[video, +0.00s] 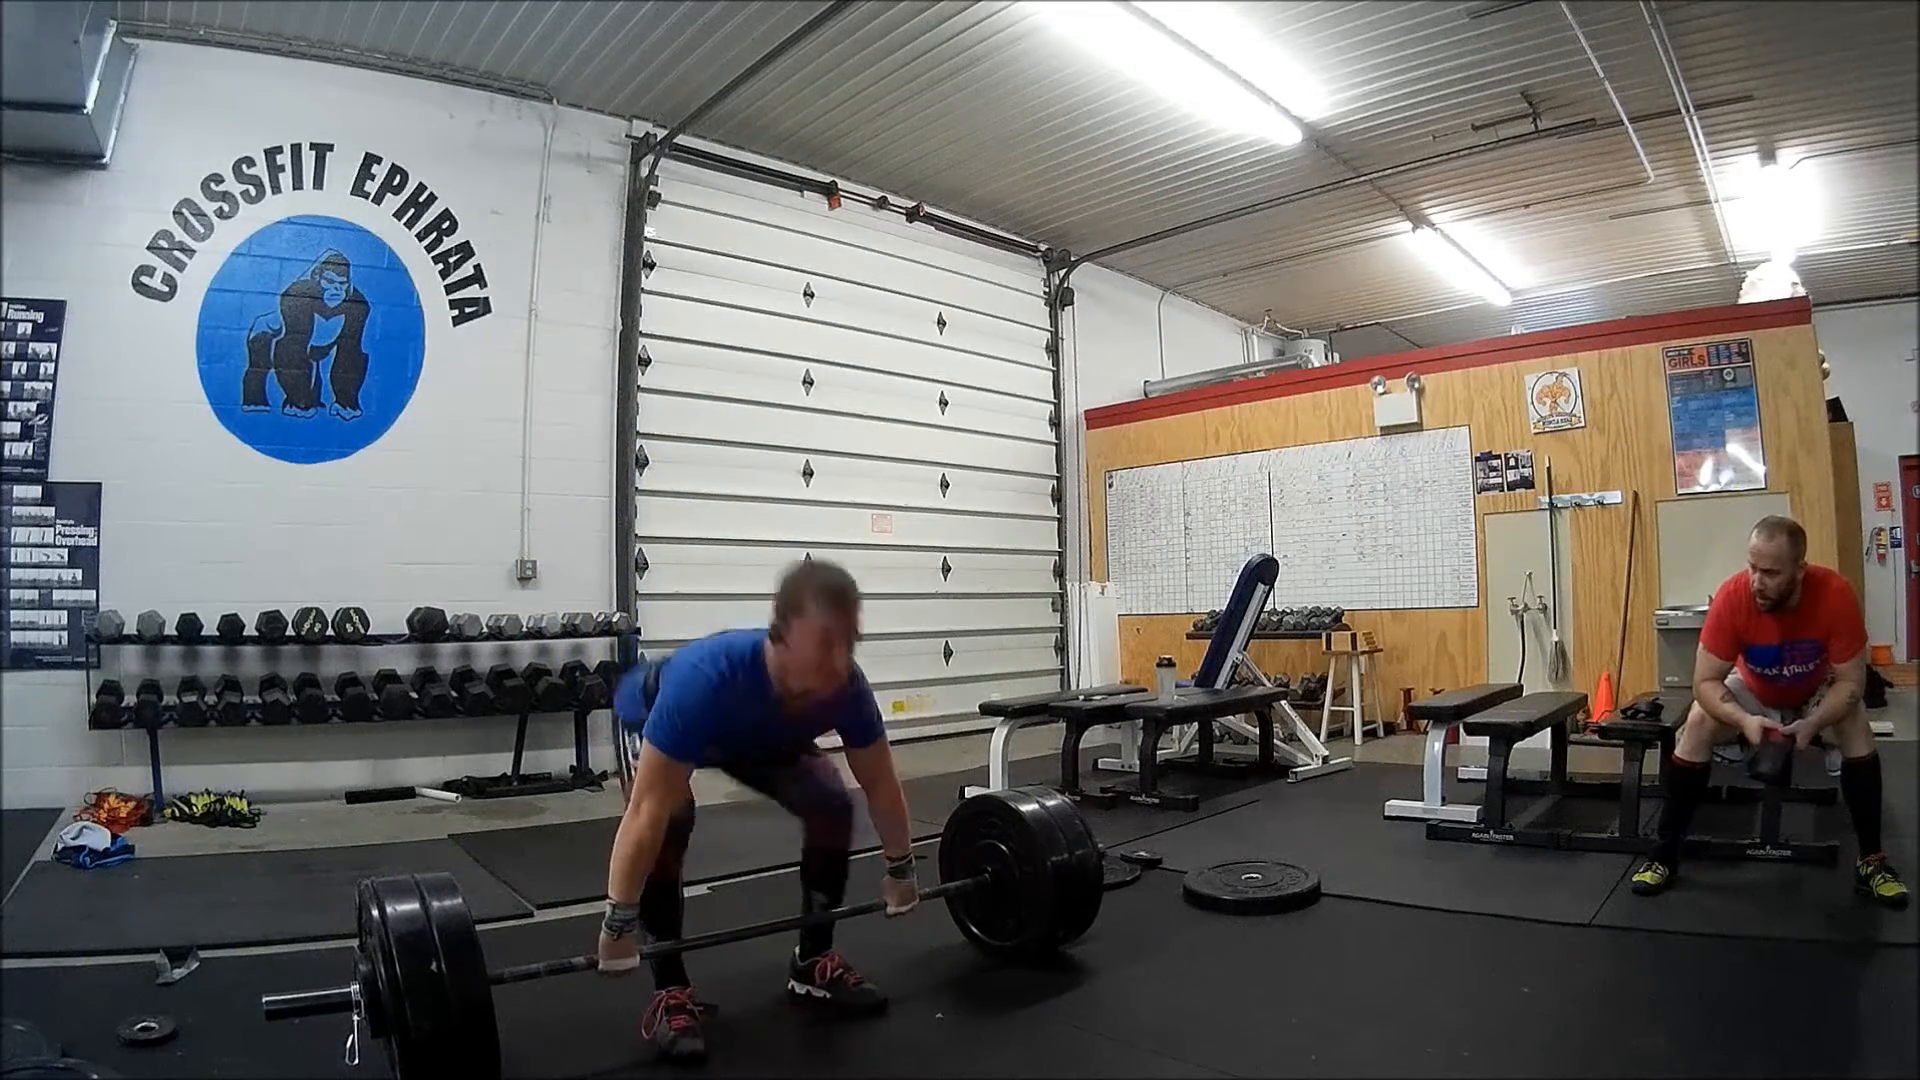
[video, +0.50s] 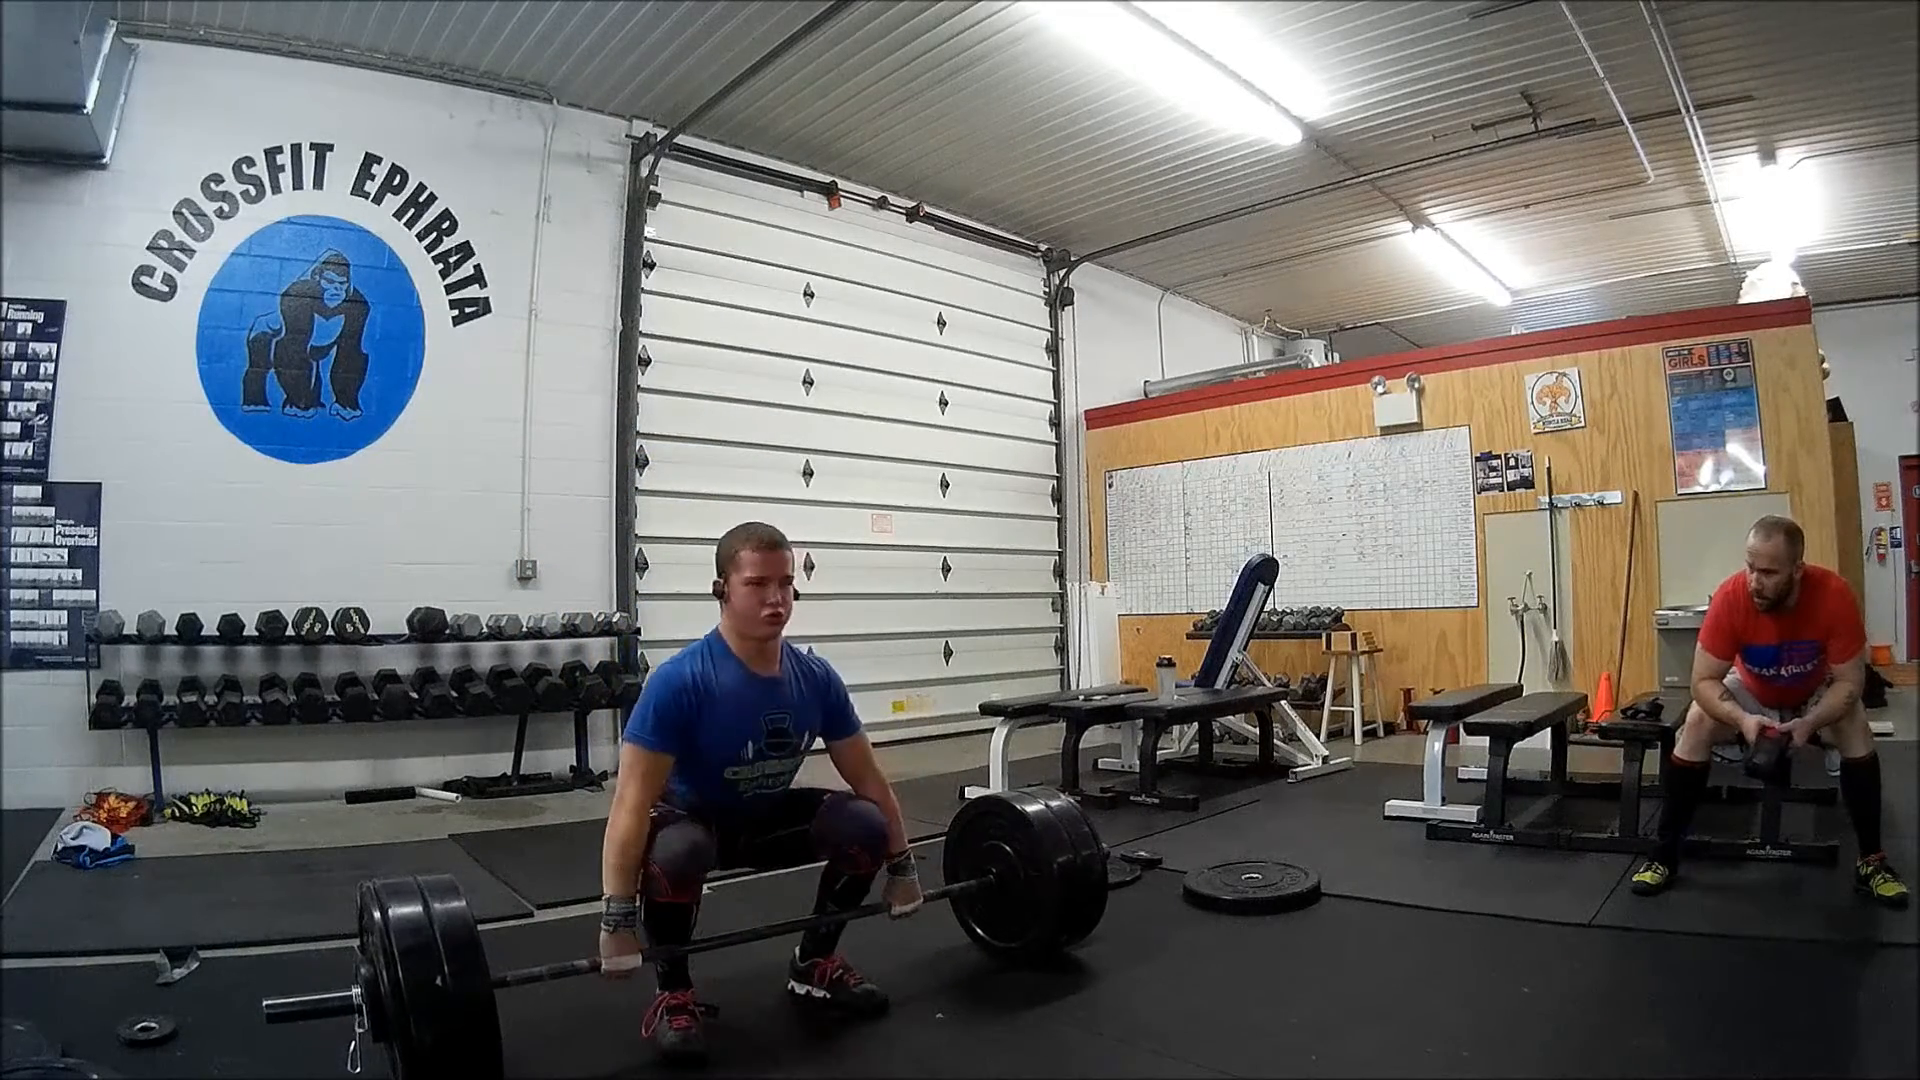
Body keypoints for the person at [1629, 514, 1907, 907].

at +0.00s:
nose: (1758, 583)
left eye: (1771, 573)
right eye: (1753, 569)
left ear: (1800, 568)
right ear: (1747, 560)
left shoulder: (1834, 595)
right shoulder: (1732, 597)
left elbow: (1851, 681)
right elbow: (1705, 682)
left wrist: (1813, 722)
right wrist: (1742, 721)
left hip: (1816, 695)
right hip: (1752, 693)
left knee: (1854, 724)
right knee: (1698, 721)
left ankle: (1871, 860)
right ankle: (1664, 857)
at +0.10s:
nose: (1758, 583)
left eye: (1770, 574)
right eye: (1753, 569)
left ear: (1800, 569)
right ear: (1747, 560)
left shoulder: (1834, 595)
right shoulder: (1732, 597)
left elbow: (1851, 681)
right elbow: (1704, 682)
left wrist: (1812, 722)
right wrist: (1742, 720)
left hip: (1816, 695)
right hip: (1751, 693)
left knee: (1854, 724)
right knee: (1698, 721)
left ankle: (1871, 860)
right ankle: (1664, 857)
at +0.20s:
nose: (1757, 583)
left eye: (1770, 574)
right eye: (1752, 569)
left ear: (1799, 568)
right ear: (1747, 560)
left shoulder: (1834, 595)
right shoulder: (1731, 597)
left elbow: (1850, 682)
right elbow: (1704, 682)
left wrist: (1811, 722)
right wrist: (1741, 720)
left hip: (1815, 695)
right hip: (1751, 693)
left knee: (1854, 723)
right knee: (1698, 721)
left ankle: (1871, 860)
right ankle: (1664, 857)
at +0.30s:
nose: (1756, 583)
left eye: (1769, 574)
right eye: (1752, 569)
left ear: (1798, 568)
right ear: (1746, 560)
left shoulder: (1834, 596)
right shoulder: (1731, 597)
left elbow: (1850, 682)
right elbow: (1704, 682)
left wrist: (1810, 722)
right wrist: (1741, 720)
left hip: (1815, 695)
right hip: (1751, 693)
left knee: (1854, 723)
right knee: (1697, 721)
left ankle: (1871, 860)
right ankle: (1664, 857)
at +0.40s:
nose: (1756, 583)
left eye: (1769, 573)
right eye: (1751, 569)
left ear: (1798, 568)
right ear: (1746, 560)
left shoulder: (1834, 596)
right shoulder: (1730, 597)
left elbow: (1850, 681)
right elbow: (1703, 682)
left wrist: (1810, 723)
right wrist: (1741, 720)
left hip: (1815, 695)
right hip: (1751, 693)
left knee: (1853, 723)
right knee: (1697, 720)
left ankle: (1871, 860)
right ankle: (1664, 857)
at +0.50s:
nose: (1756, 583)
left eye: (1769, 573)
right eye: (1751, 569)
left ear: (1798, 568)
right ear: (1746, 560)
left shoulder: (1834, 596)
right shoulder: (1730, 597)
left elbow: (1850, 682)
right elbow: (1703, 682)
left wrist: (1810, 722)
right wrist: (1740, 720)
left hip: (1815, 695)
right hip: (1751, 693)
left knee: (1853, 723)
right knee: (1697, 720)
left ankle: (1871, 861)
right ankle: (1664, 857)